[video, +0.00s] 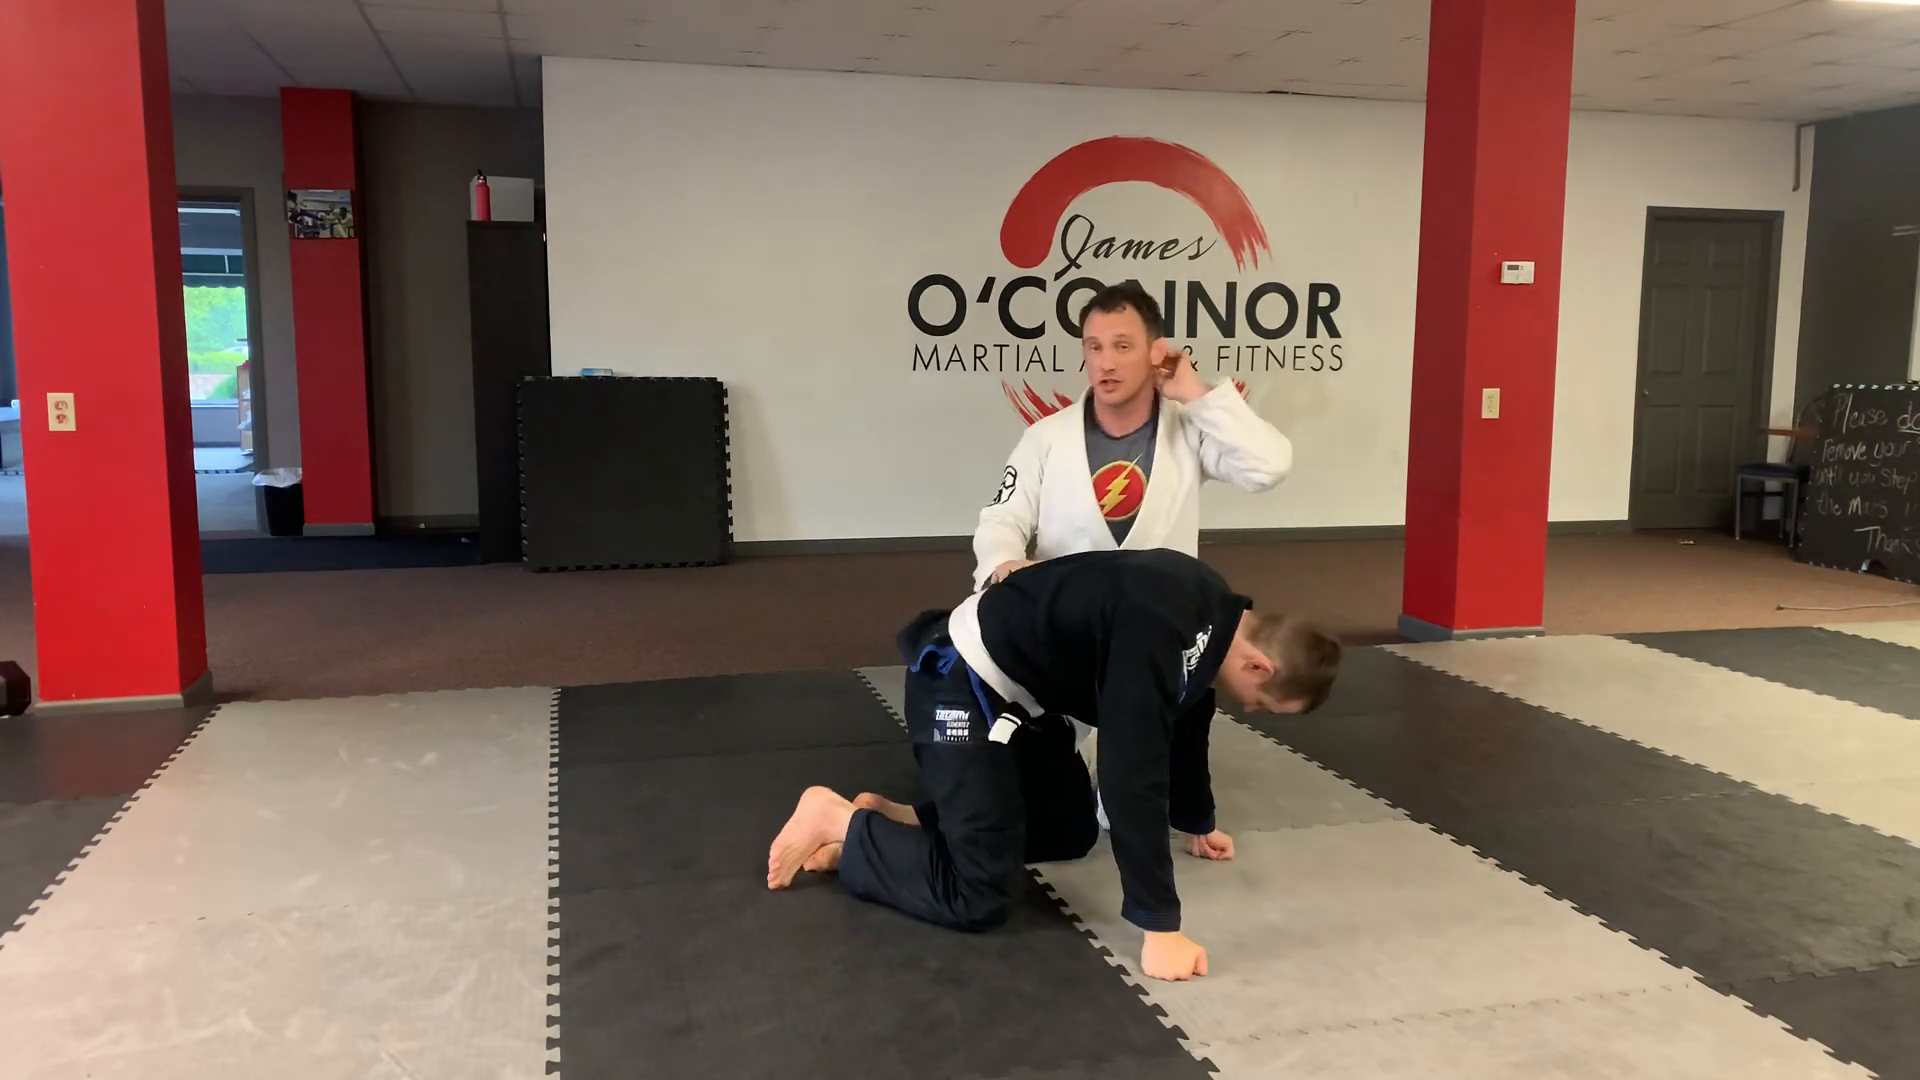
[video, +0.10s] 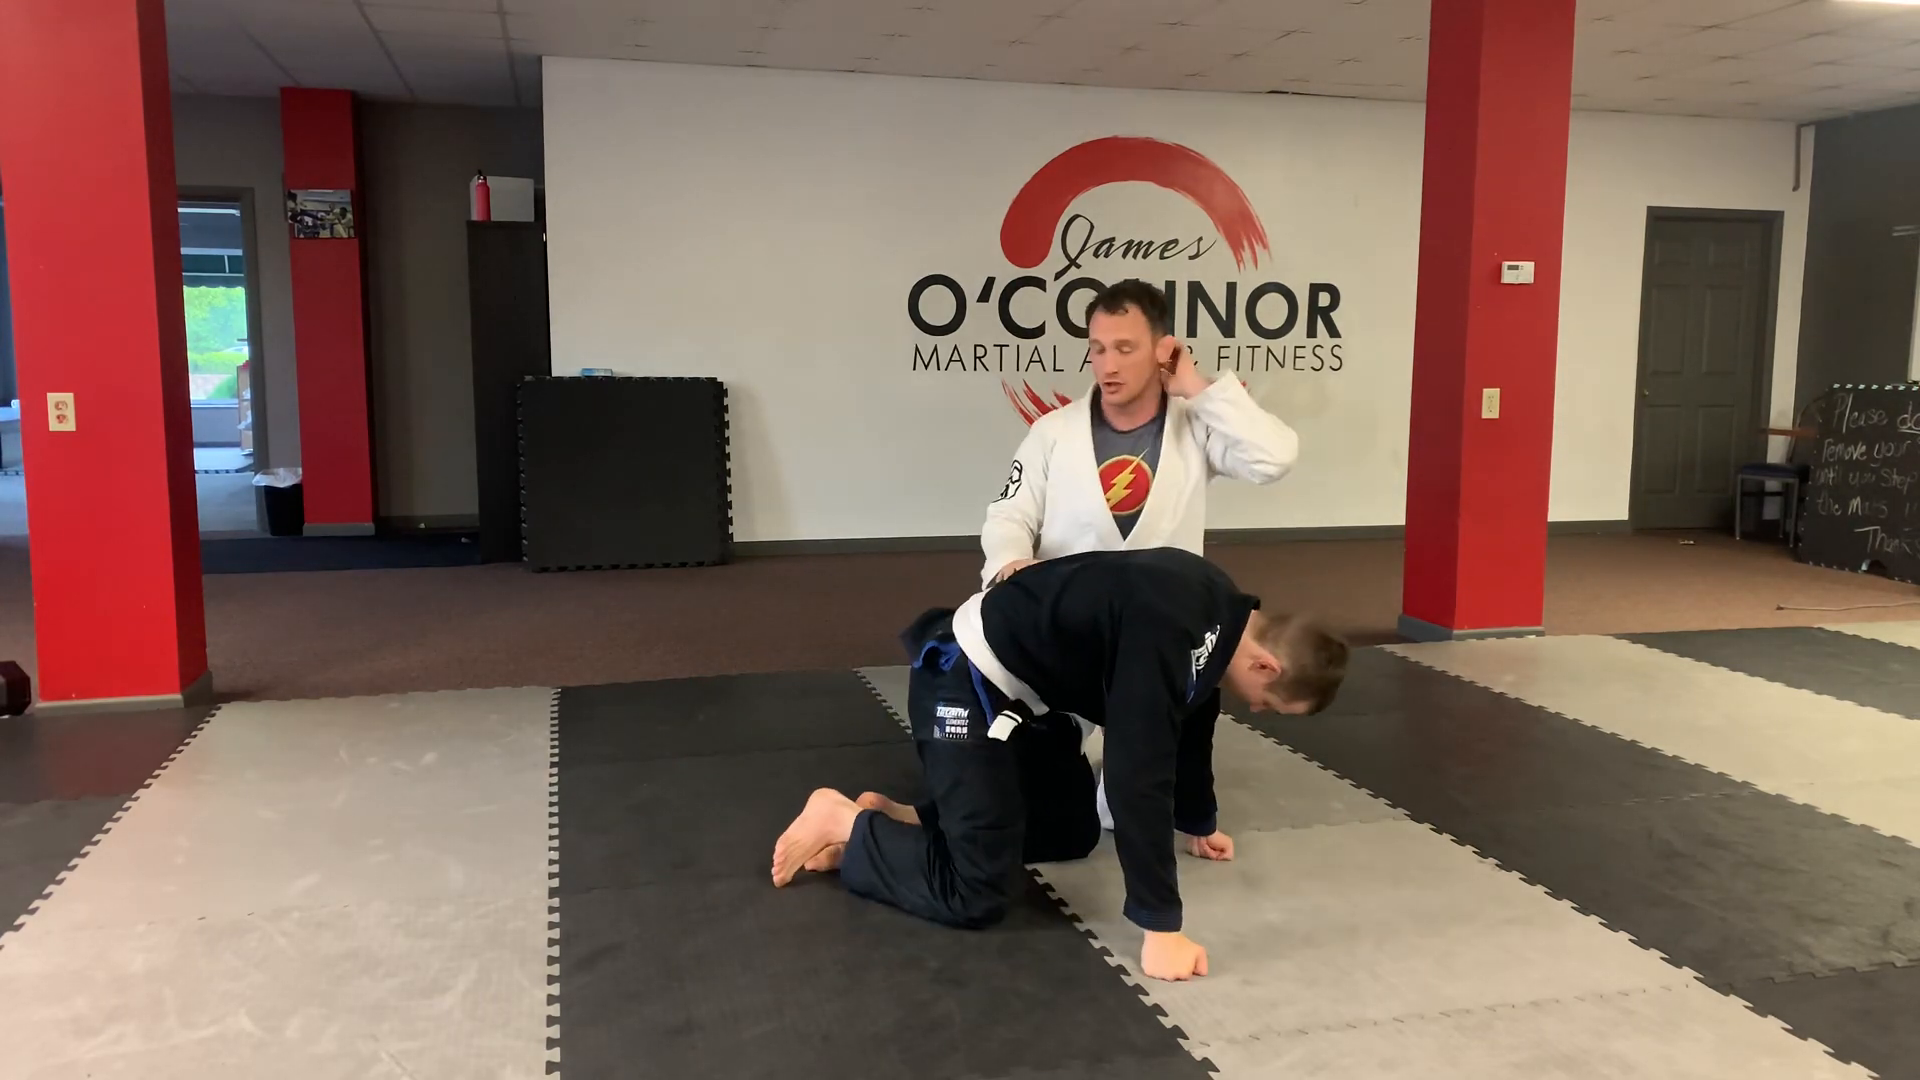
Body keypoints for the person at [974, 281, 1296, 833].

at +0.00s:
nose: (1105, 364)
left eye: (1122, 347)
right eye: (1094, 349)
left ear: (1158, 355)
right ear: (1083, 356)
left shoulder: (1188, 427)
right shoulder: (1046, 439)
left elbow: (1269, 468)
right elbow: (1002, 520)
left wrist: (1197, 394)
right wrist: (1003, 563)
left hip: (1160, 640)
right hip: (1067, 643)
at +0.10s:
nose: (1107, 365)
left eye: (1124, 349)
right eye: (1097, 349)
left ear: (1164, 353)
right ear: (1088, 352)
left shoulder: (1193, 425)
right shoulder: (1053, 432)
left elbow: (1275, 458)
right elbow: (1010, 515)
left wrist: (1199, 390)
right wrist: (1010, 563)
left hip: (1163, 641)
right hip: (1067, 641)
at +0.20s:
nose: (1103, 369)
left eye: (1120, 352)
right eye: (1095, 352)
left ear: (1162, 351)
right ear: (1087, 350)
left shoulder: (1196, 421)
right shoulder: (1054, 430)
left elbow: (1271, 464)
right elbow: (1014, 513)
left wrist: (1197, 394)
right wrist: (1011, 560)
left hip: (1165, 642)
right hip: (1069, 642)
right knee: (1065, 826)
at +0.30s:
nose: (1096, 369)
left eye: (1111, 353)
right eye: (1088, 352)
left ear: (1155, 349)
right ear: (1080, 349)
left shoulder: (1192, 418)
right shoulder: (1051, 430)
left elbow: (1265, 464)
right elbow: (1011, 512)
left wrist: (1193, 392)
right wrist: (1004, 555)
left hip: (1159, 643)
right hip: (1064, 642)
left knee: (1137, 814)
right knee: (1055, 821)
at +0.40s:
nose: (1085, 370)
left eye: (1100, 354)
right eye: (1076, 353)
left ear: (1145, 348)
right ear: (1068, 348)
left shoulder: (1181, 417)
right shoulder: (1043, 431)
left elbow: (1256, 458)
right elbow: (1007, 508)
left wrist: (1182, 388)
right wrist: (991, 544)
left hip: (1154, 638)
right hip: (1058, 640)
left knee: (1131, 811)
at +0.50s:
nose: (1070, 371)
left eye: (1085, 355)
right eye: (1062, 354)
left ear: (1129, 348)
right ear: (1054, 347)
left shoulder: (1166, 417)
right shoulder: (1029, 432)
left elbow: (1244, 456)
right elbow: (996, 510)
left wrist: (1166, 388)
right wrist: (971, 546)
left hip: (1146, 636)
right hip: (1051, 639)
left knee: (1128, 811)